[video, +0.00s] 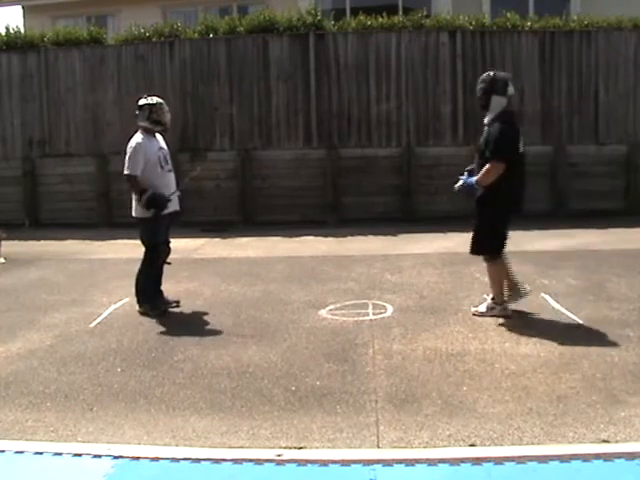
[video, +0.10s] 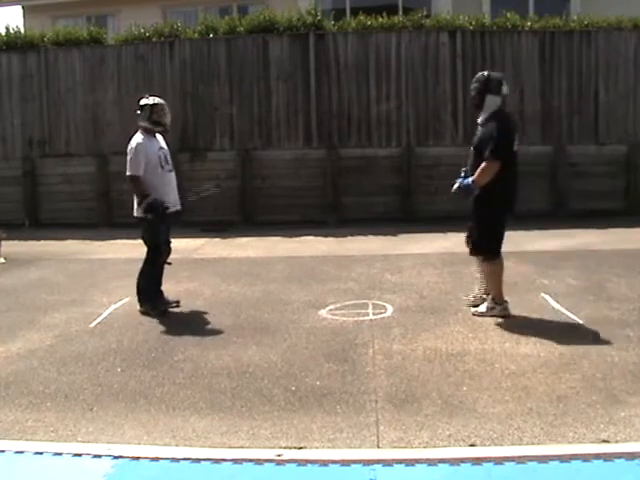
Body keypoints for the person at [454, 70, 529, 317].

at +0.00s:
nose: (479, 97)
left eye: (482, 92)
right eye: (480, 92)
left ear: (492, 95)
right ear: (500, 96)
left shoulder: (502, 125)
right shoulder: (496, 122)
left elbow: (498, 164)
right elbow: (490, 157)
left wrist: (476, 183)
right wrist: (474, 171)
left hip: (499, 196)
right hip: (497, 195)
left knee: (489, 247)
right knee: (492, 244)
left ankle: (497, 300)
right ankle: (511, 286)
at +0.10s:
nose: (472, 96)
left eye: (476, 91)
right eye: (473, 90)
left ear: (488, 94)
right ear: (490, 95)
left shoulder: (499, 123)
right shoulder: (487, 121)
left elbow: (494, 162)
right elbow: (481, 155)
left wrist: (472, 182)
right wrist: (468, 173)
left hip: (496, 195)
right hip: (487, 193)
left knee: (488, 245)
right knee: (477, 241)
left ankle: (497, 300)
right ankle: (487, 289)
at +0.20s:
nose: (463, 97)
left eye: (466, 93)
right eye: (464, 93)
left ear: (478, 96)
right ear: (481, 96)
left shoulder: (488, 124)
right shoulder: (479, 122)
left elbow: (488, 161)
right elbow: (475, 156)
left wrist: (470, 187)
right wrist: (463, 176)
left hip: (489, 196)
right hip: (479, 194)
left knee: (485, 250)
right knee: (468, 243)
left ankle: (497, 301)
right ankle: (460, 289)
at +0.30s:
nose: (456, 99)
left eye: (461, 94)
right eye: (457, 94)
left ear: (473, 97)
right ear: (473, 98)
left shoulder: (487, 125)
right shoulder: (471, 123)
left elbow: (486, 162)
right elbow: (470, 158)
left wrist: (469, 189)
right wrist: (458, 178)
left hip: (487, 196)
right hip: (474, 194)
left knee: (483, 249)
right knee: (462, 243)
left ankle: (497, 300)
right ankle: (454, 289)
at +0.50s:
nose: (441, 102)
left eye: (445, 97)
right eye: (441, 97)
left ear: (458, 99)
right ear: (456, 99)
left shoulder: (476, 126)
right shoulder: (453, 127)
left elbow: (486, 157)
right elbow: (457, 162)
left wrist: (470, 185)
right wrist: (444, 181)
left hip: (475, 196)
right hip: (456, 195)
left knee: (473, 248)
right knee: (452, 244)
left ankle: (495, 298)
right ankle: (451, 290)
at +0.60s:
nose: (435, 105)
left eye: (438, 100)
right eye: (434, 100)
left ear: (451, 99)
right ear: (446, 99)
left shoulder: (470, 121)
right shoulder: (449, 125)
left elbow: (483, 151)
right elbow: (451, 164)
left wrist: (469, 179)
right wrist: (434, 178)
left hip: (473, 193)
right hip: (455, 192)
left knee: (466, 244)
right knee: (451, 242)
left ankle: (490, 293)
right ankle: (451, 290)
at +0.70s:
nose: (433, 105)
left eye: (436, 100)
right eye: (432, 100)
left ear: (449, 99)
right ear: (444, 99)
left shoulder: (468, 121)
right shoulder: (446, 125)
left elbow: (481, 150)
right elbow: (448, 163)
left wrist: (465, 178)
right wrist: (430, 177)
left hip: (471, 193)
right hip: (453, 192)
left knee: (465, 244)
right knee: (451, 242)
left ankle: (487, 291)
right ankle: (450, 289)